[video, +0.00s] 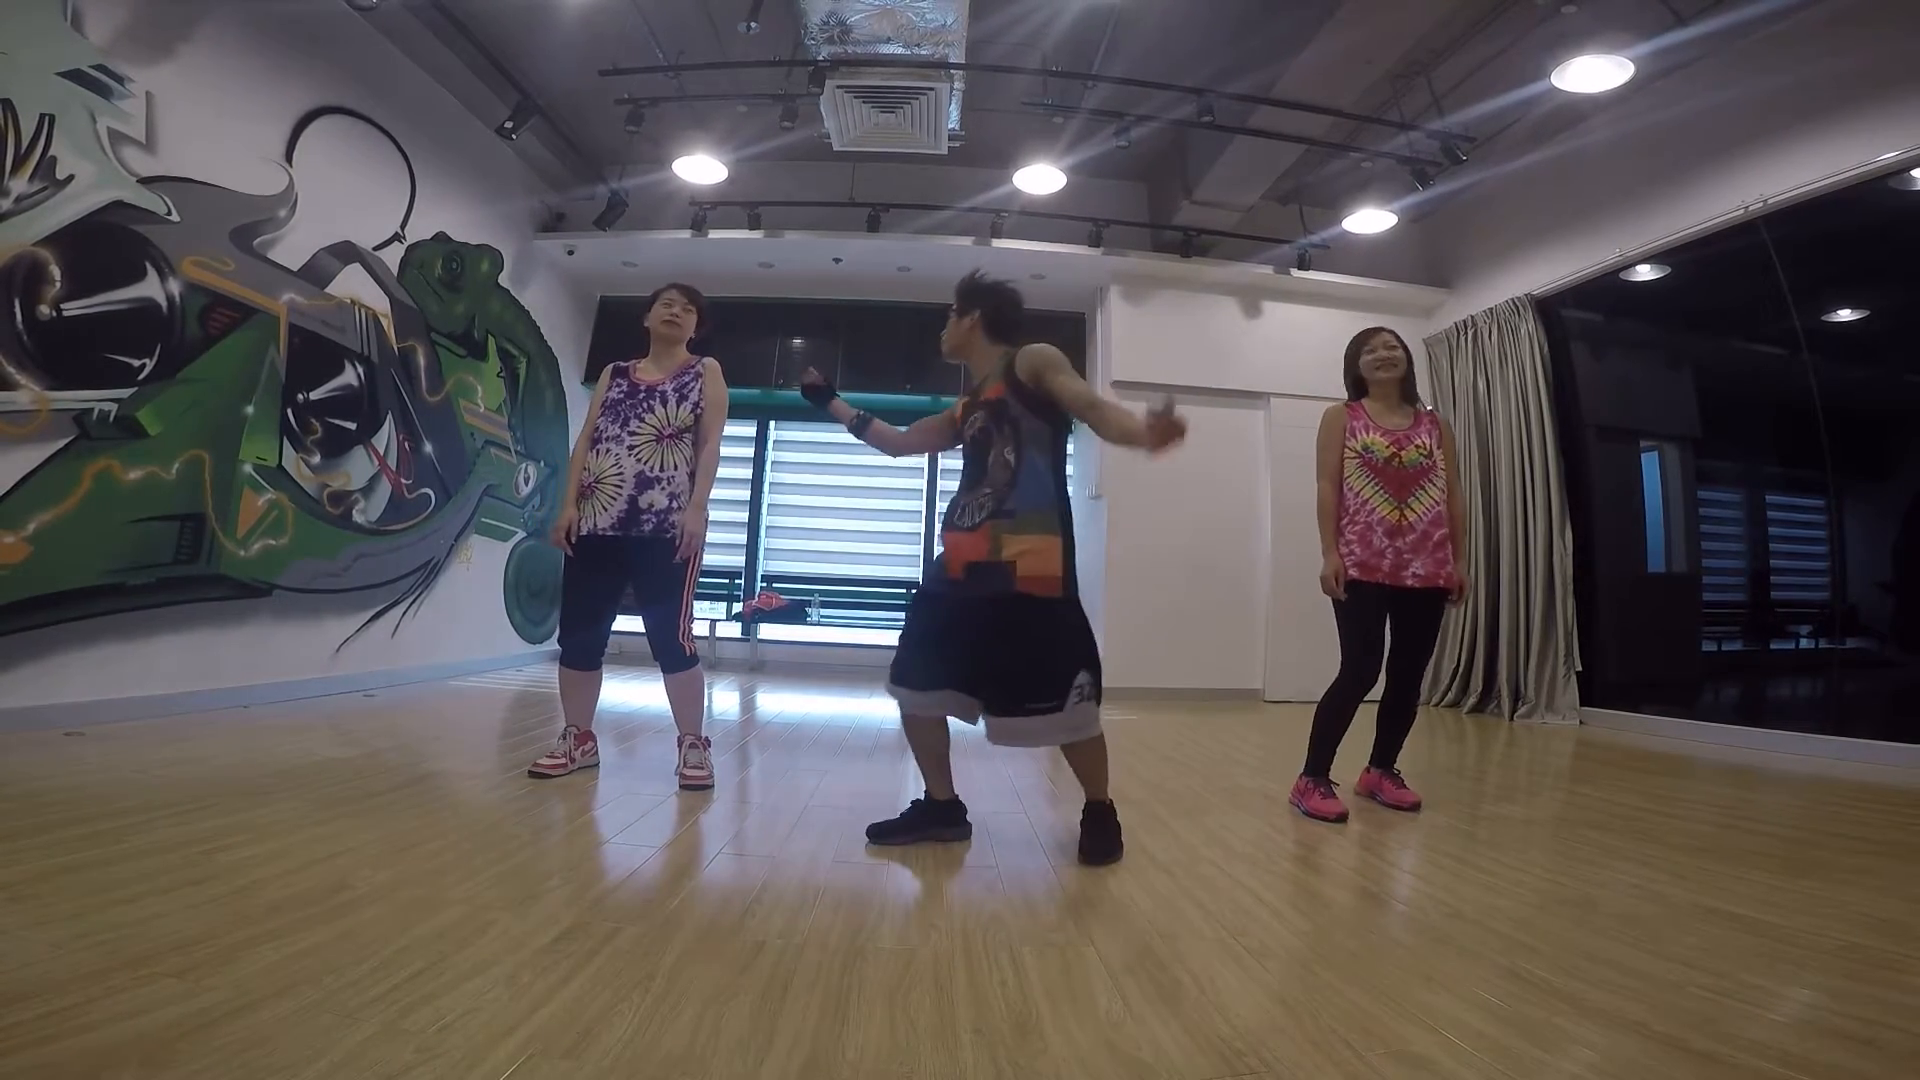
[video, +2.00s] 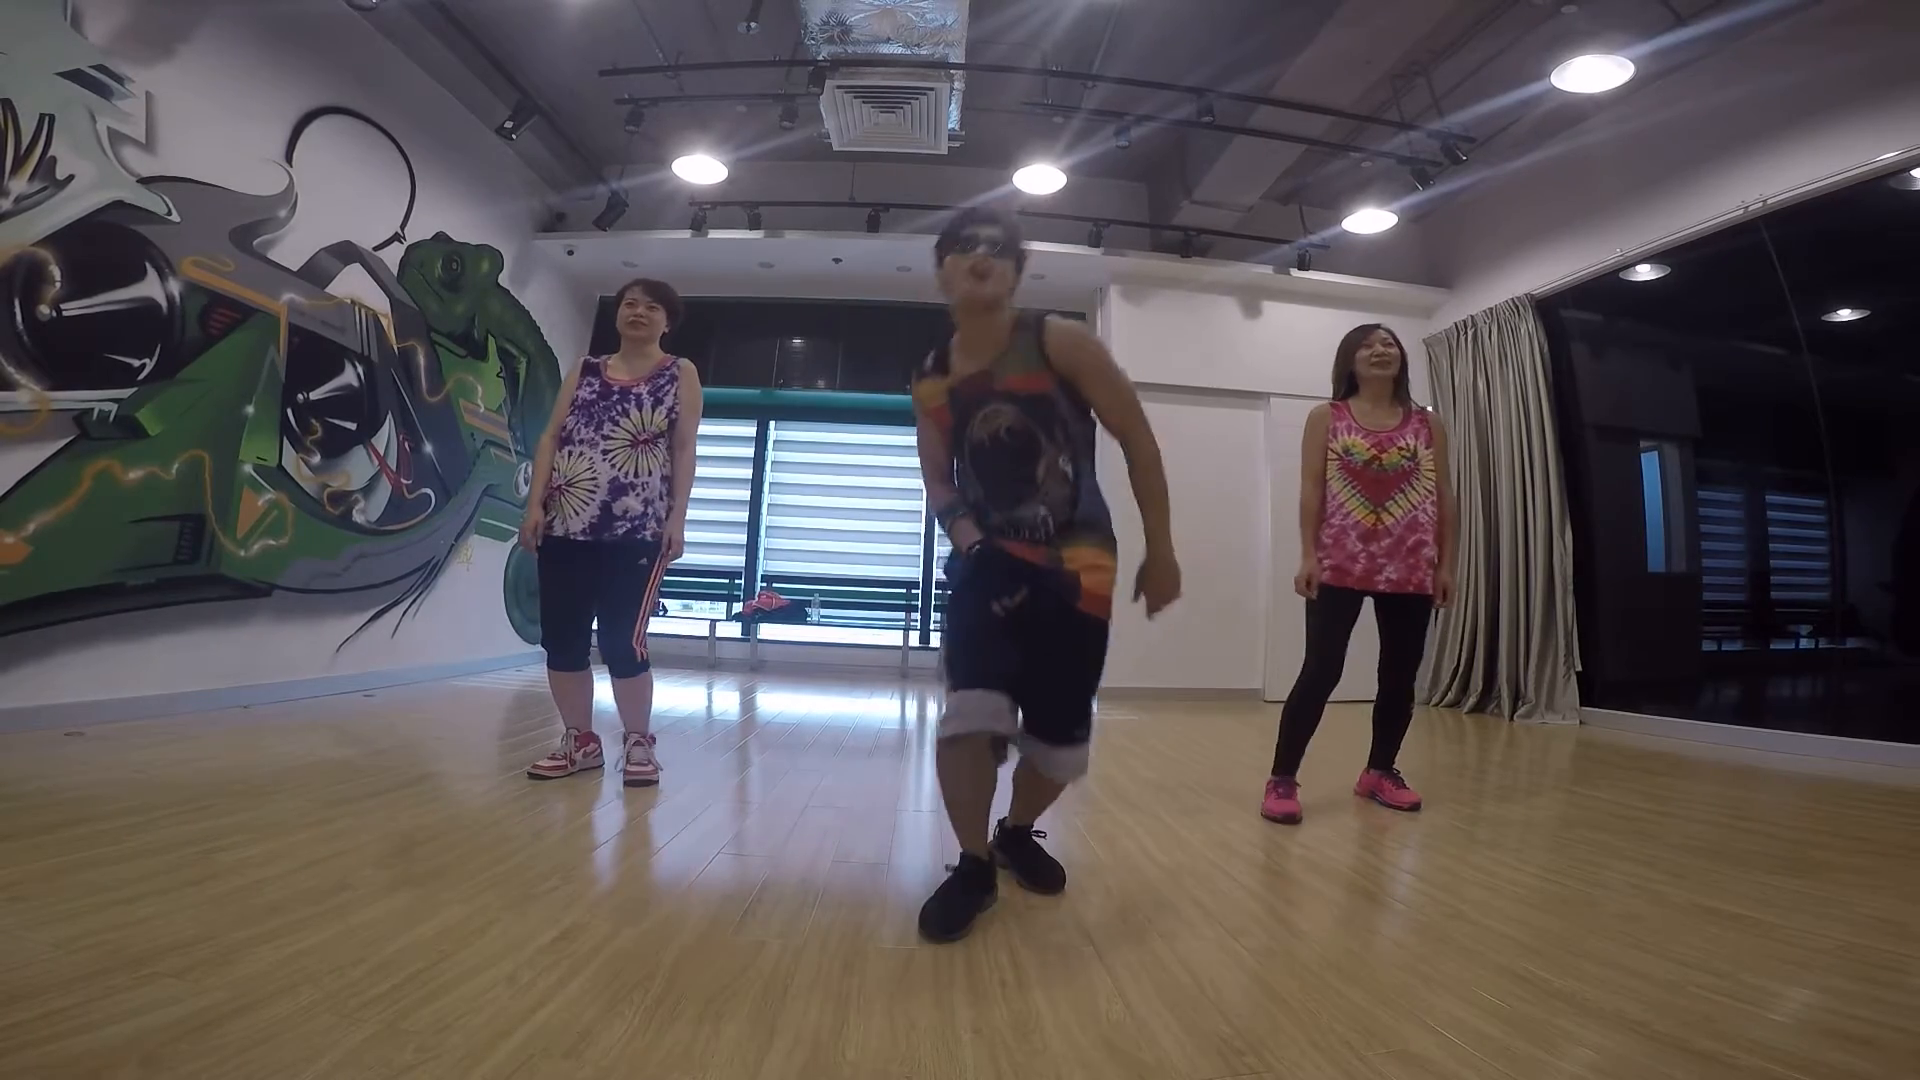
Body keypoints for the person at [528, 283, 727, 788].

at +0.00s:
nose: (675, 310)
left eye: (686, 307)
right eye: (666, 303)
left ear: (696, 327)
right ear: (647, 318)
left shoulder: (705, 372)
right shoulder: (614, 374)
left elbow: (708, 445)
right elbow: (585, 442)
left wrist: (697, 508)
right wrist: (569, 503)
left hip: (664, 528)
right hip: (596, 524)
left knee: (671, 642)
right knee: (579, 637)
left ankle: (692, 744)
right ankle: (578, 740)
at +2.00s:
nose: (637, 310)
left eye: (649, 305)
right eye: (629, 303)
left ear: (667, 321)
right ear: (615, 315)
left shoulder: (680, 374)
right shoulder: (584, 371)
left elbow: (684, 451)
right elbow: (552, 437)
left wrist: (676, 519)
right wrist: (535, 503)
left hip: (636, 532)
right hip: (566, 528)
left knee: (622, 644)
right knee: (562, 642)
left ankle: (638, 742)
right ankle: (579, 742)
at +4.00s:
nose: (645, 327)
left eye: (657, 321)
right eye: (637, 320)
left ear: (675, 336)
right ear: (626, 332)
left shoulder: (687, 378)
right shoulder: (609, 388)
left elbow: (703, 449)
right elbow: (592, 461)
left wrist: (708, 511)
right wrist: (576, 525)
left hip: (663, 530)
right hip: (599, 530)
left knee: (639, 636)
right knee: (599, 640)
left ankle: (649, 735)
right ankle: (618, 733)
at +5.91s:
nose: (647, 334)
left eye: (659, 328)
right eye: (640, 328)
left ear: (677, 341)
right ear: (630, 339)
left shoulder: (689, 381)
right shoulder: (620, 397)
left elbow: (696, 452)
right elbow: (606, 463)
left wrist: (698, 519)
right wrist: (590, 523)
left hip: (661, 532)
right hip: (604, 531)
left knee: (649, 638)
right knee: (597, 640)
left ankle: (664, 733)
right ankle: (623, 734)